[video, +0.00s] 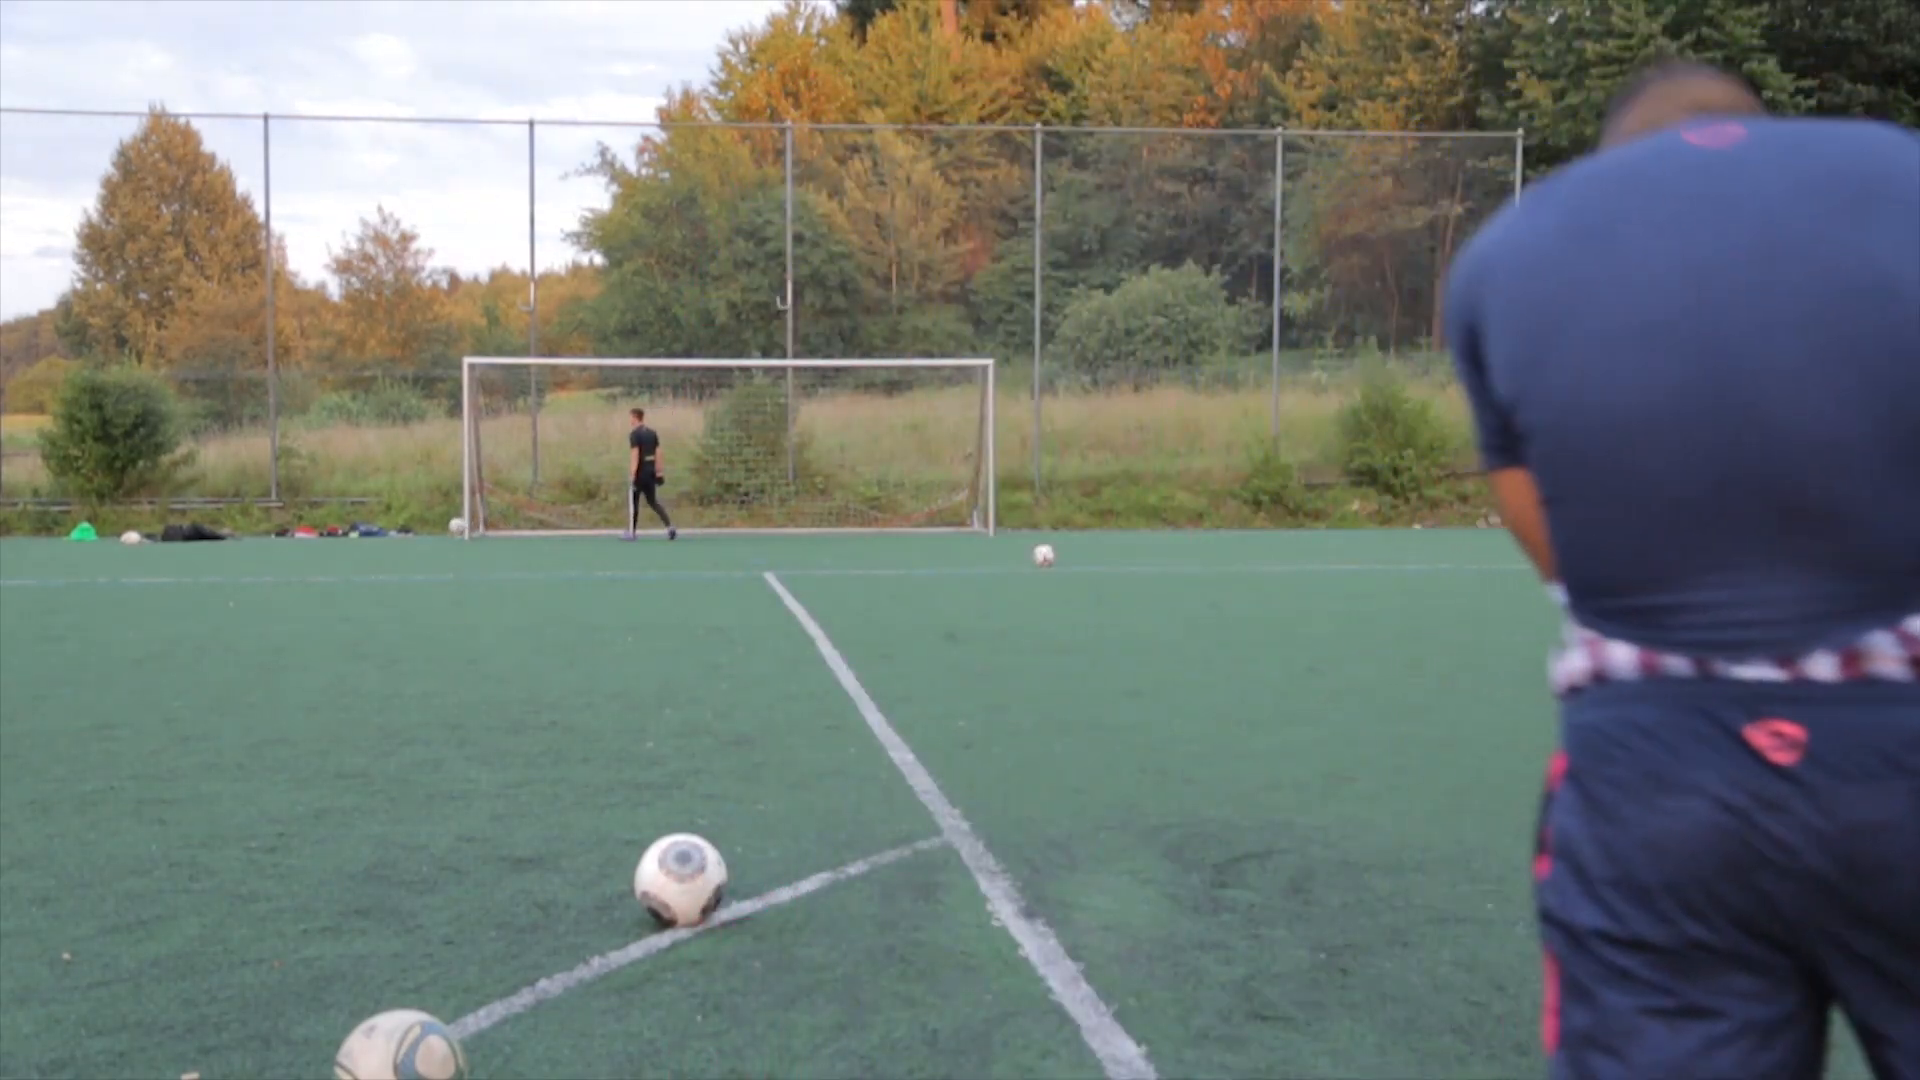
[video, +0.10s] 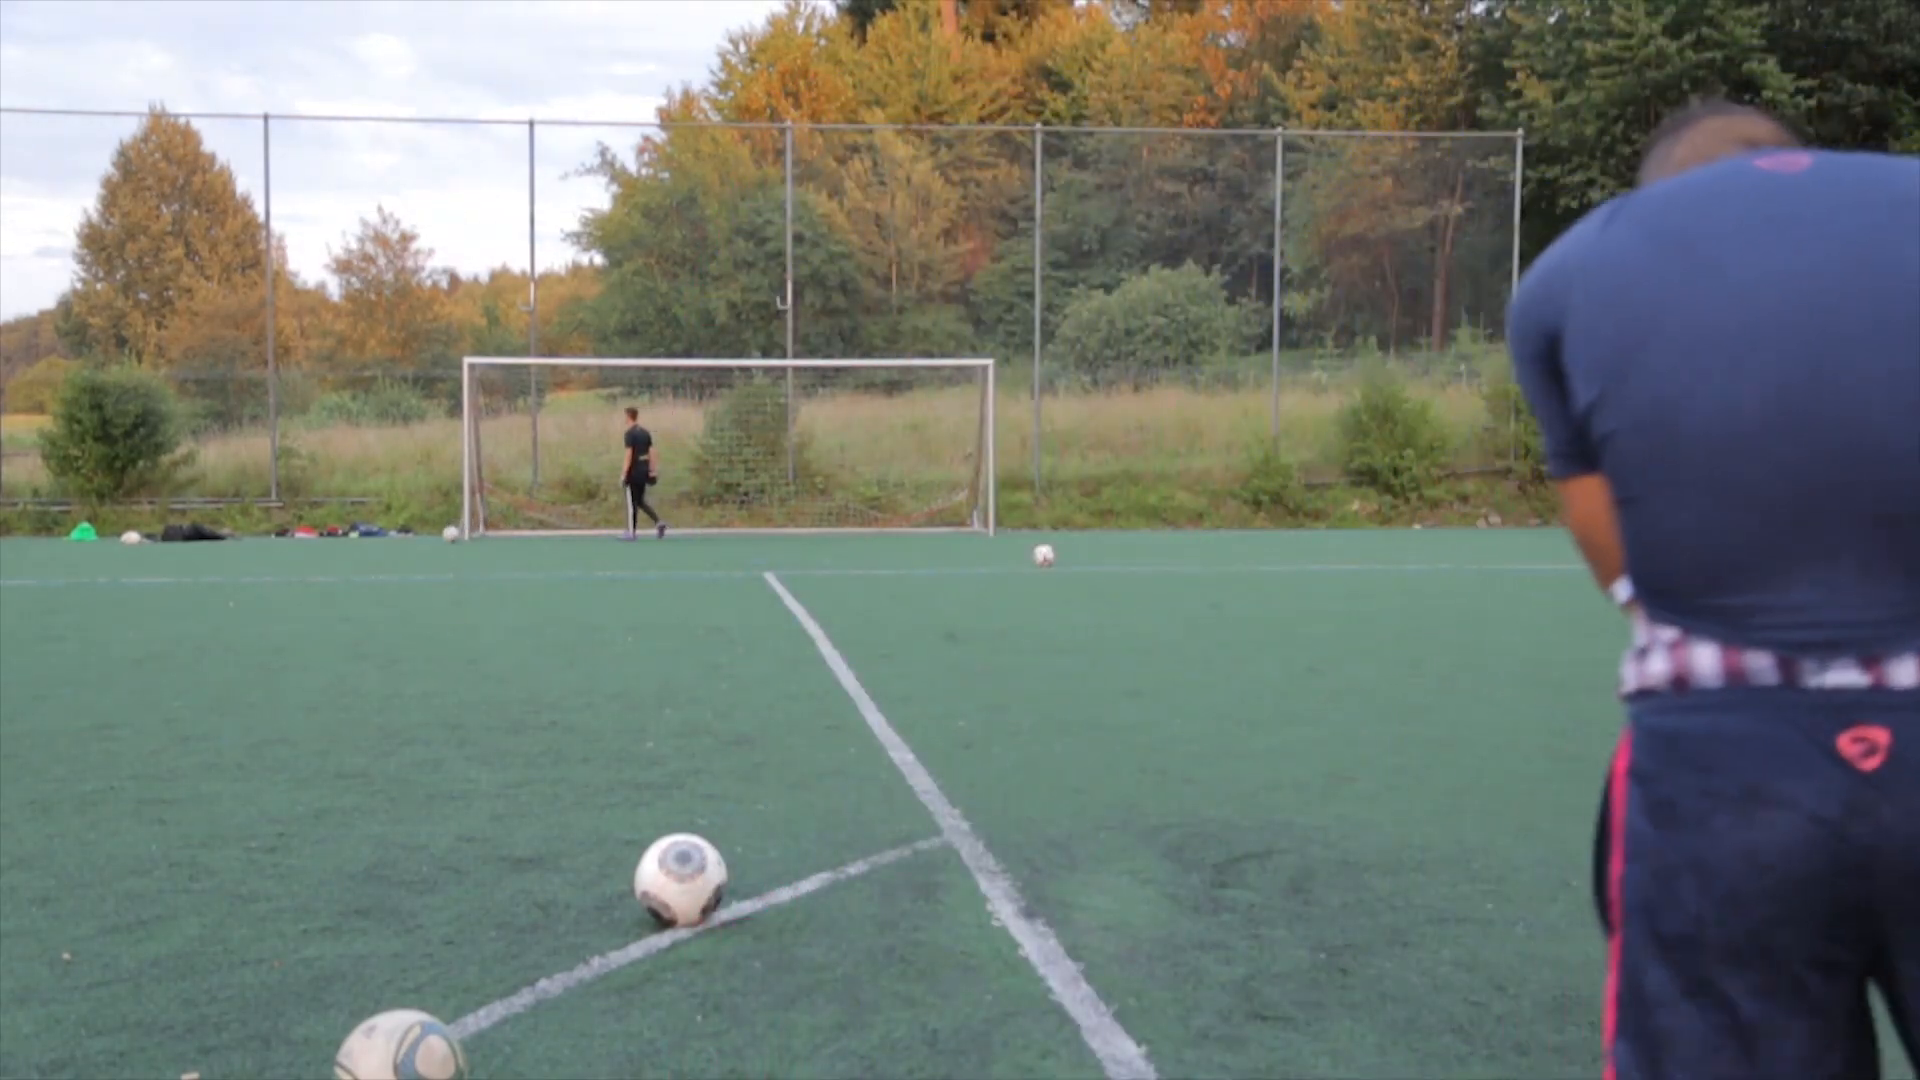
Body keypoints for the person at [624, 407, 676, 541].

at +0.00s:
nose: (631, 421)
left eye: (632, 418)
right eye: (631, 418)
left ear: (636, 419)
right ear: (642, 418)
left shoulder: (635, 434)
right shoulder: (652, 433)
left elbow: (635, 456)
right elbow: (658, 453)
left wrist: (632, 475)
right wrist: (659, 471)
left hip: (640, 470)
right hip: (651, 469)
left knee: (634, 500)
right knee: (652, 501)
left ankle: (632, 530)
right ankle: (669, 526)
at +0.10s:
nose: (626, 420)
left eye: (626, 417)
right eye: (627, 417)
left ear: (628, 417)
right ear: (636, 417)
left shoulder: (630, 434)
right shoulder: (645, 432)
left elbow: (629, 455)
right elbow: (651, 452)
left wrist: (624, 474)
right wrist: (652, 470)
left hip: (633, 468)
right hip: (644, 467)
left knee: (632, 501)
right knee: (639, 500)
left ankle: (631, 531)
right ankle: (658, 522)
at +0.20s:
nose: (619, 420)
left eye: (620, 417)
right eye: (620, 417)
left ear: (623, 417)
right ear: (630, 417)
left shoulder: (624, 433)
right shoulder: (639, 432)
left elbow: (622, 454)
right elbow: (645, 452)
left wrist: (615, 472)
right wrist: (646, 469)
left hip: (628, 468)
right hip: (639, 467)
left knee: (629, 498)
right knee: (631, 497)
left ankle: (632, 529)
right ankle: (641, 522)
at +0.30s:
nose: (613, 419)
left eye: (614, 416)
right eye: (614, 416)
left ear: (616, 417)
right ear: (624, 416)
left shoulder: (618, 433)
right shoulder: (632, 431)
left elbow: (615, 454)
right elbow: (637, 452)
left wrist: (606, 472)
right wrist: (636, 468)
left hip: (624, 470)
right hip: (632, 468)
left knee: (625, 499)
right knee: (617, 496)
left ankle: (630, 531)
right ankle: (622, 527)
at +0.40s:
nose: (607, 419)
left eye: (608, 417)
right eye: (608, 417)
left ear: (610, 418)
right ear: (618, 417)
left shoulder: (612, 433)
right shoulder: (624, 432)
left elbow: (609, 454)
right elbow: (630, 452)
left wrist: (599, 472)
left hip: (618, 469)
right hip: (625, 467)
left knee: (624, 501)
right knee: (611, 499)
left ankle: (631, 532)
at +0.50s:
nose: (599, 421)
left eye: (601, 418)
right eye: (600, 418)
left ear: (604, 419)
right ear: (611, 419)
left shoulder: (606, 435)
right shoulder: (617, 434)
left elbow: (604, 455)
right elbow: (623, 455)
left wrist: (594, 472)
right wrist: (618, 467)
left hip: (611, 469)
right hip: (618, 467)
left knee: (619, 500)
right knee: (604, 501)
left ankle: (630, 531)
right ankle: (589, 528)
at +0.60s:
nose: (591, 423)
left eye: (593, 420)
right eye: (591, 419)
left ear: (598, 420)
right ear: (601, 421)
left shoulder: (601, 435)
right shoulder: (608, 435)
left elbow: (598, 457)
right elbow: (613, 455)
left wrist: (591, 474)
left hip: (604, 471)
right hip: (607, 469)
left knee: (612, 501)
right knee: (594, 501)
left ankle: (629, 530)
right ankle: (586, 530)